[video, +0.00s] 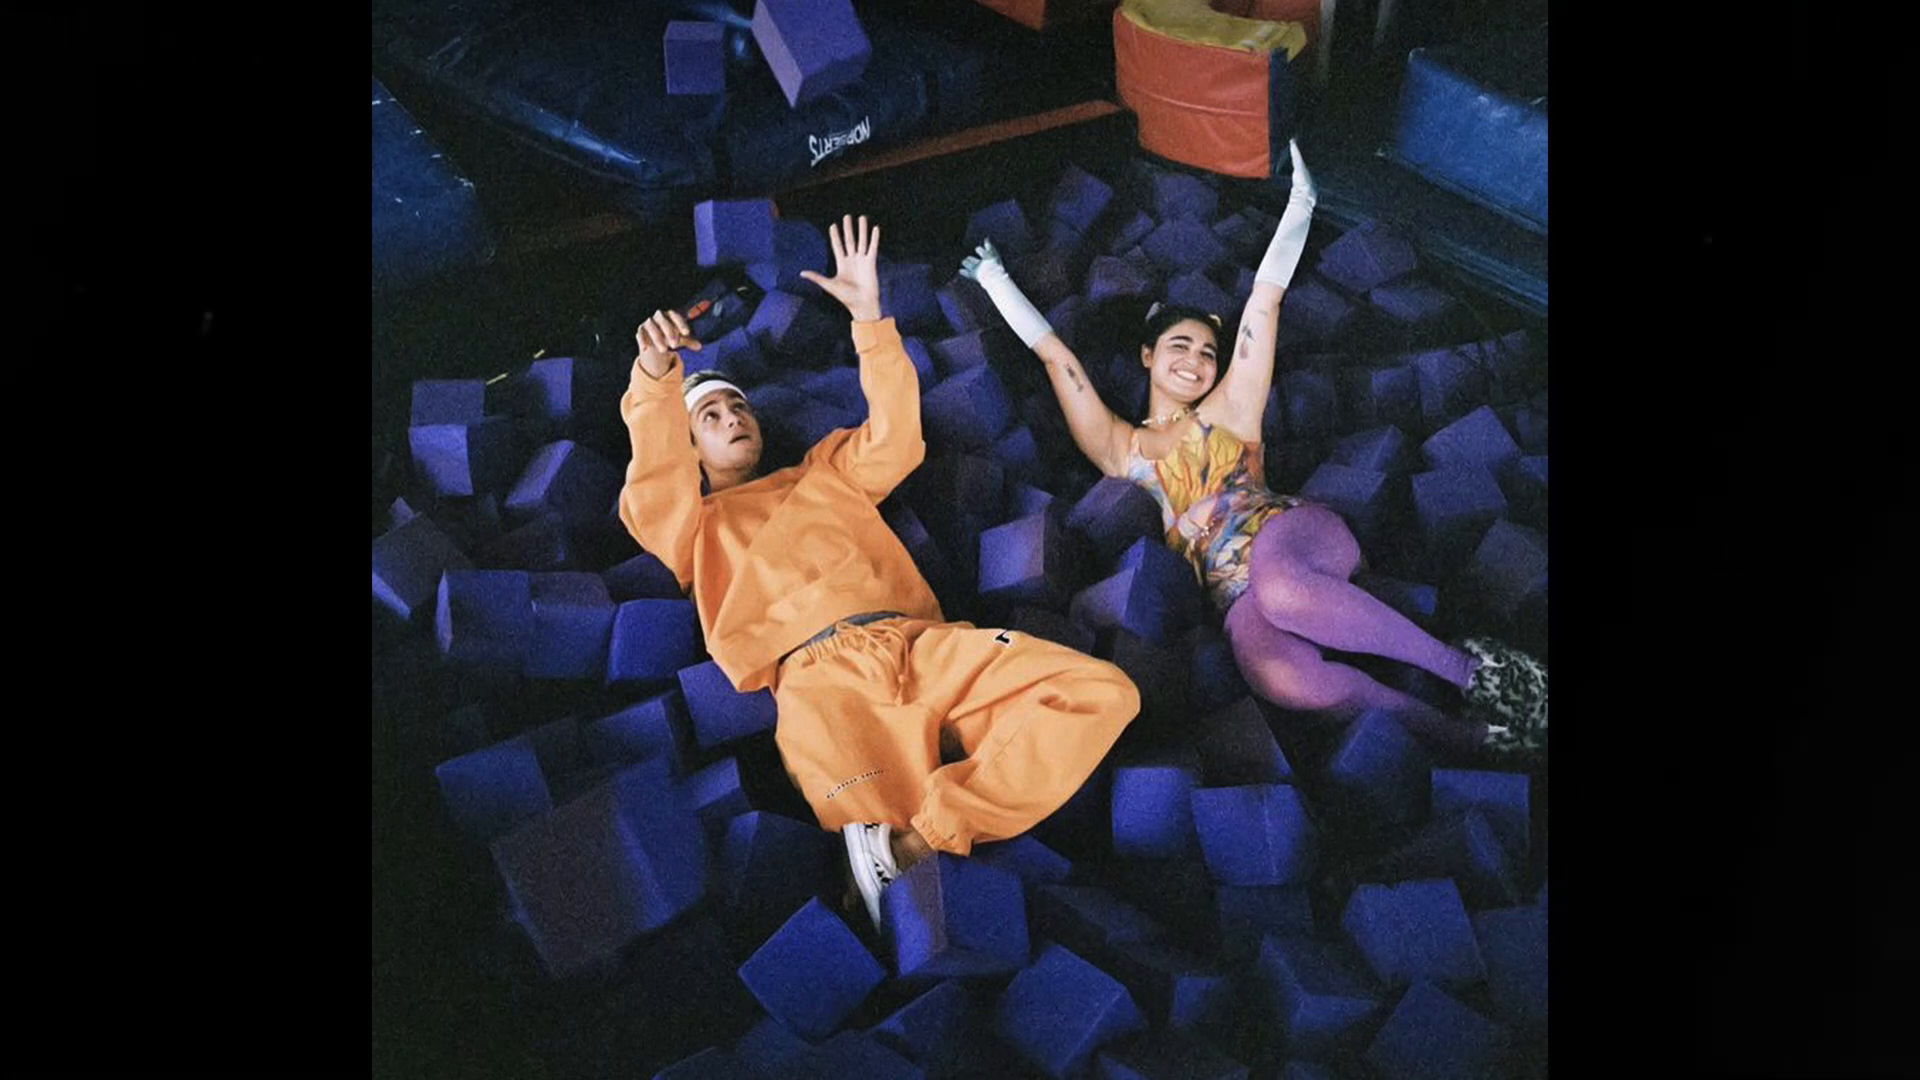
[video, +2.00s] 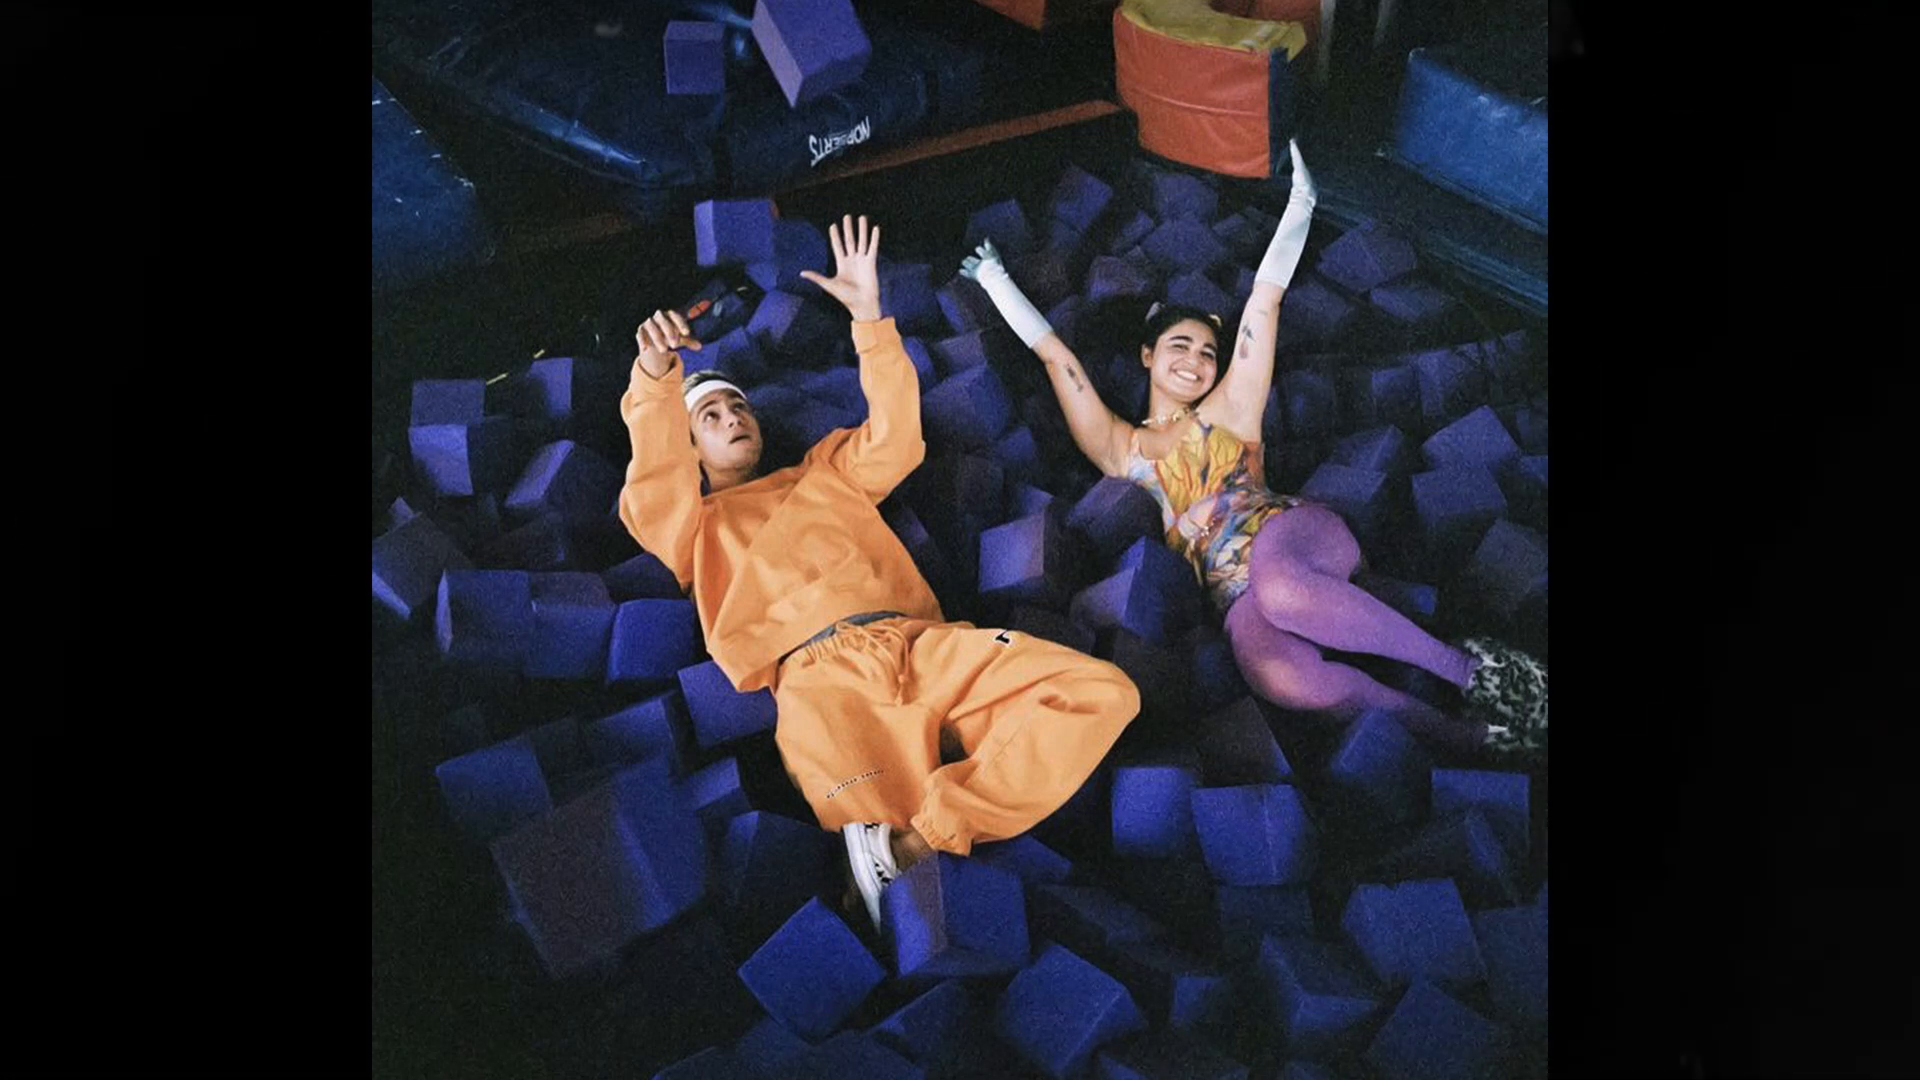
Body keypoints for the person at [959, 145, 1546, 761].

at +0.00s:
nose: (1191, 360)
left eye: (1205, 354)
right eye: (1177, 346)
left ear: (1216, 371)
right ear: (1145, 357)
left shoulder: (1230, 411)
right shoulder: (1122, 448)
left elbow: (1264, 306)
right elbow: (1057, 359)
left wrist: (1298, 209)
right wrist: (991, 278)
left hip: (1287, 531)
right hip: (1238, 596)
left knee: (1278, 593)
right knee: (1287, 680)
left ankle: (1471, 671)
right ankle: (1463, 735)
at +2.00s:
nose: (1191, 360)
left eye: (1205, 354)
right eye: (1177, 346)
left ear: (1216, 371)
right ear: (1145, 357)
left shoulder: (1230, 411)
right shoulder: (1122, 448)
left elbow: (1264, 306)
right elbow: (1057, 359)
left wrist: (1298, 209)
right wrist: (992, 278)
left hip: (1288, 531)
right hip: (1238, 596)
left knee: (1278, 592)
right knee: (1287, 680)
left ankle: (1471, 671)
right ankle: (1463, 736)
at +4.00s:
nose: (1192, 361)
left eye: (1205, 354)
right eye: (1178, 347)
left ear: (1215, 369)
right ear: (1145, 358)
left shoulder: (1230, 412)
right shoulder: (1123, 448)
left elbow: (1264, 305)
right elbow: (1057, 358)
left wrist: (1298, 209)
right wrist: (991, 277)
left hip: (1288, 532)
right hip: (1239, 598)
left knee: (1278, 592)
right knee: (1286, 680)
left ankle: (1470, 671)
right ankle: (1464, 735)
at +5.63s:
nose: (1190, 359)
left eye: (1204, 353)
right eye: (1176, 346)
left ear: (1216, 370)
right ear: (1145, 359)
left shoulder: (1230, 410)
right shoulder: (1123, 449)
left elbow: (1264, 304)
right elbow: (1057, 359)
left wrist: (1298, 208)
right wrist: (992, 277)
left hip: (1290, 532)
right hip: (1239, 598)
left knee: (1278, 593)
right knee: (1286, 680)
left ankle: (1472, 670)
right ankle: (1459, 732)